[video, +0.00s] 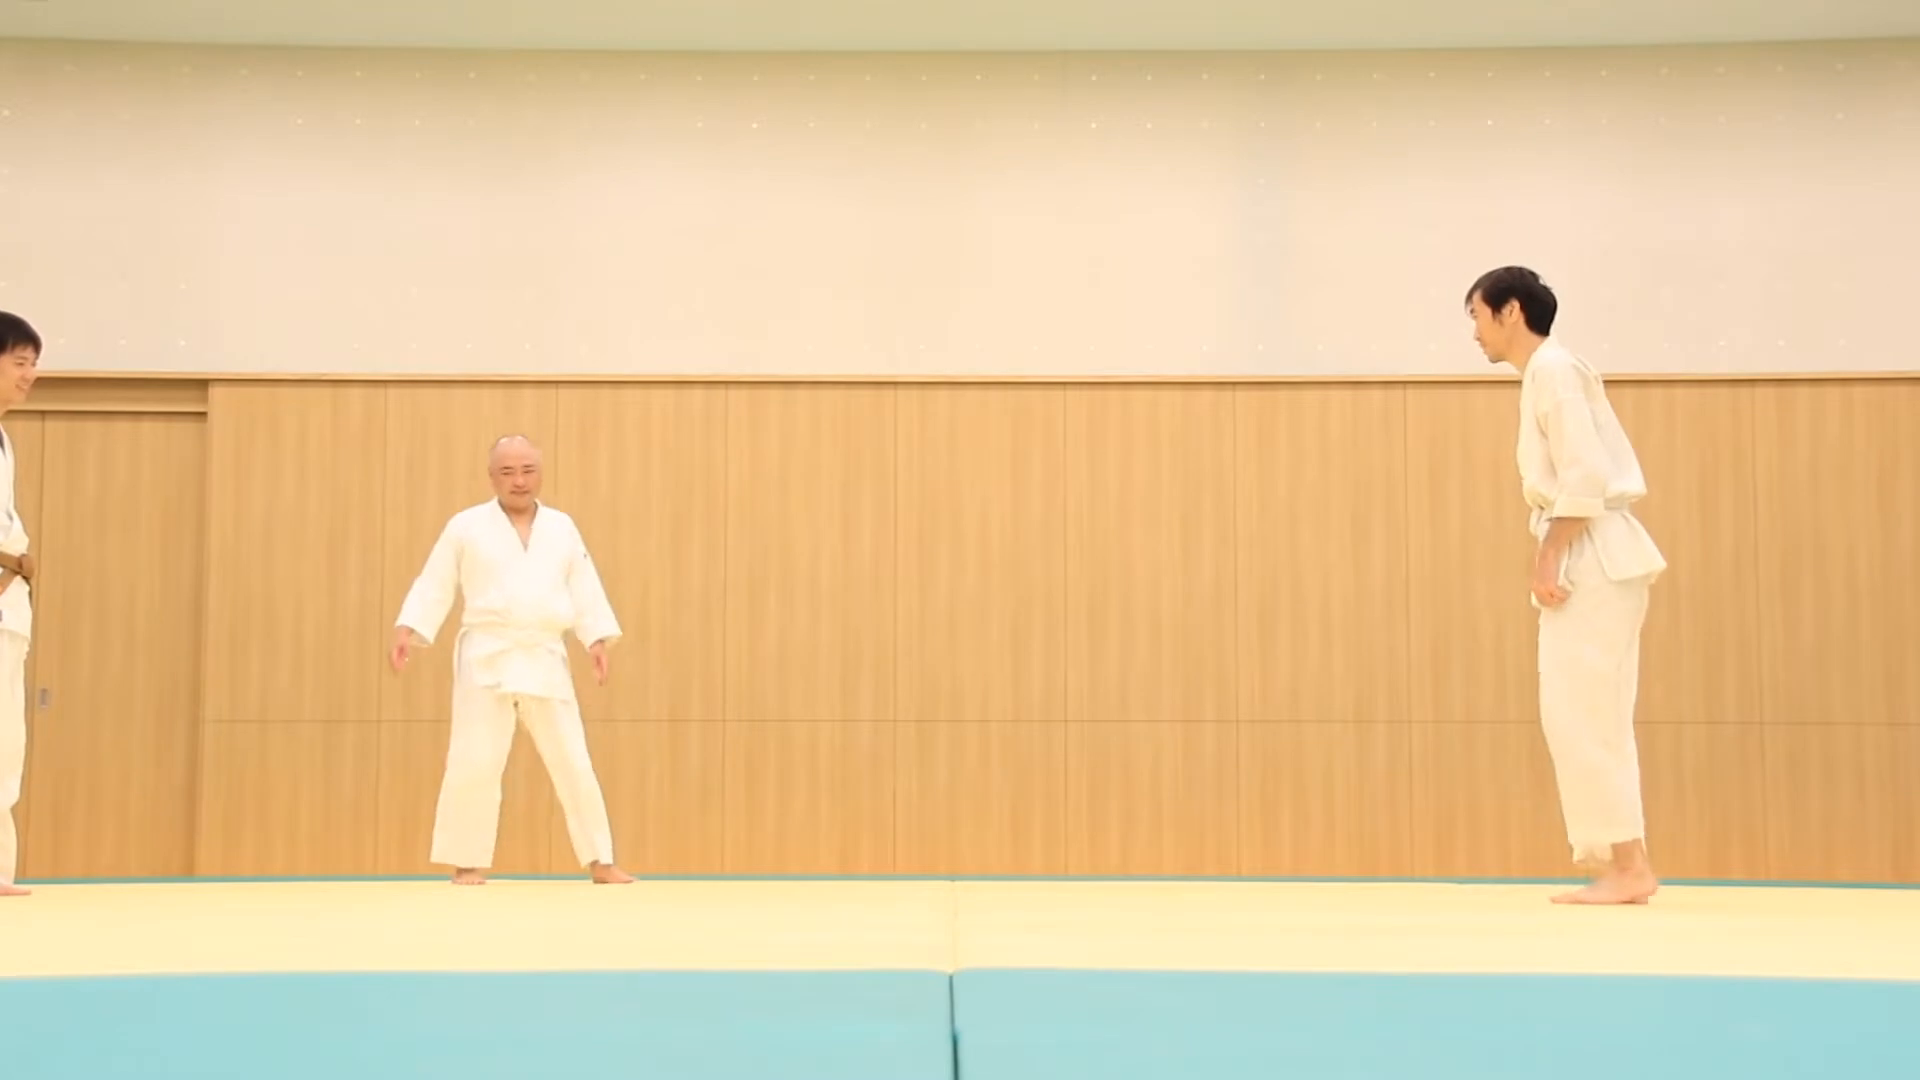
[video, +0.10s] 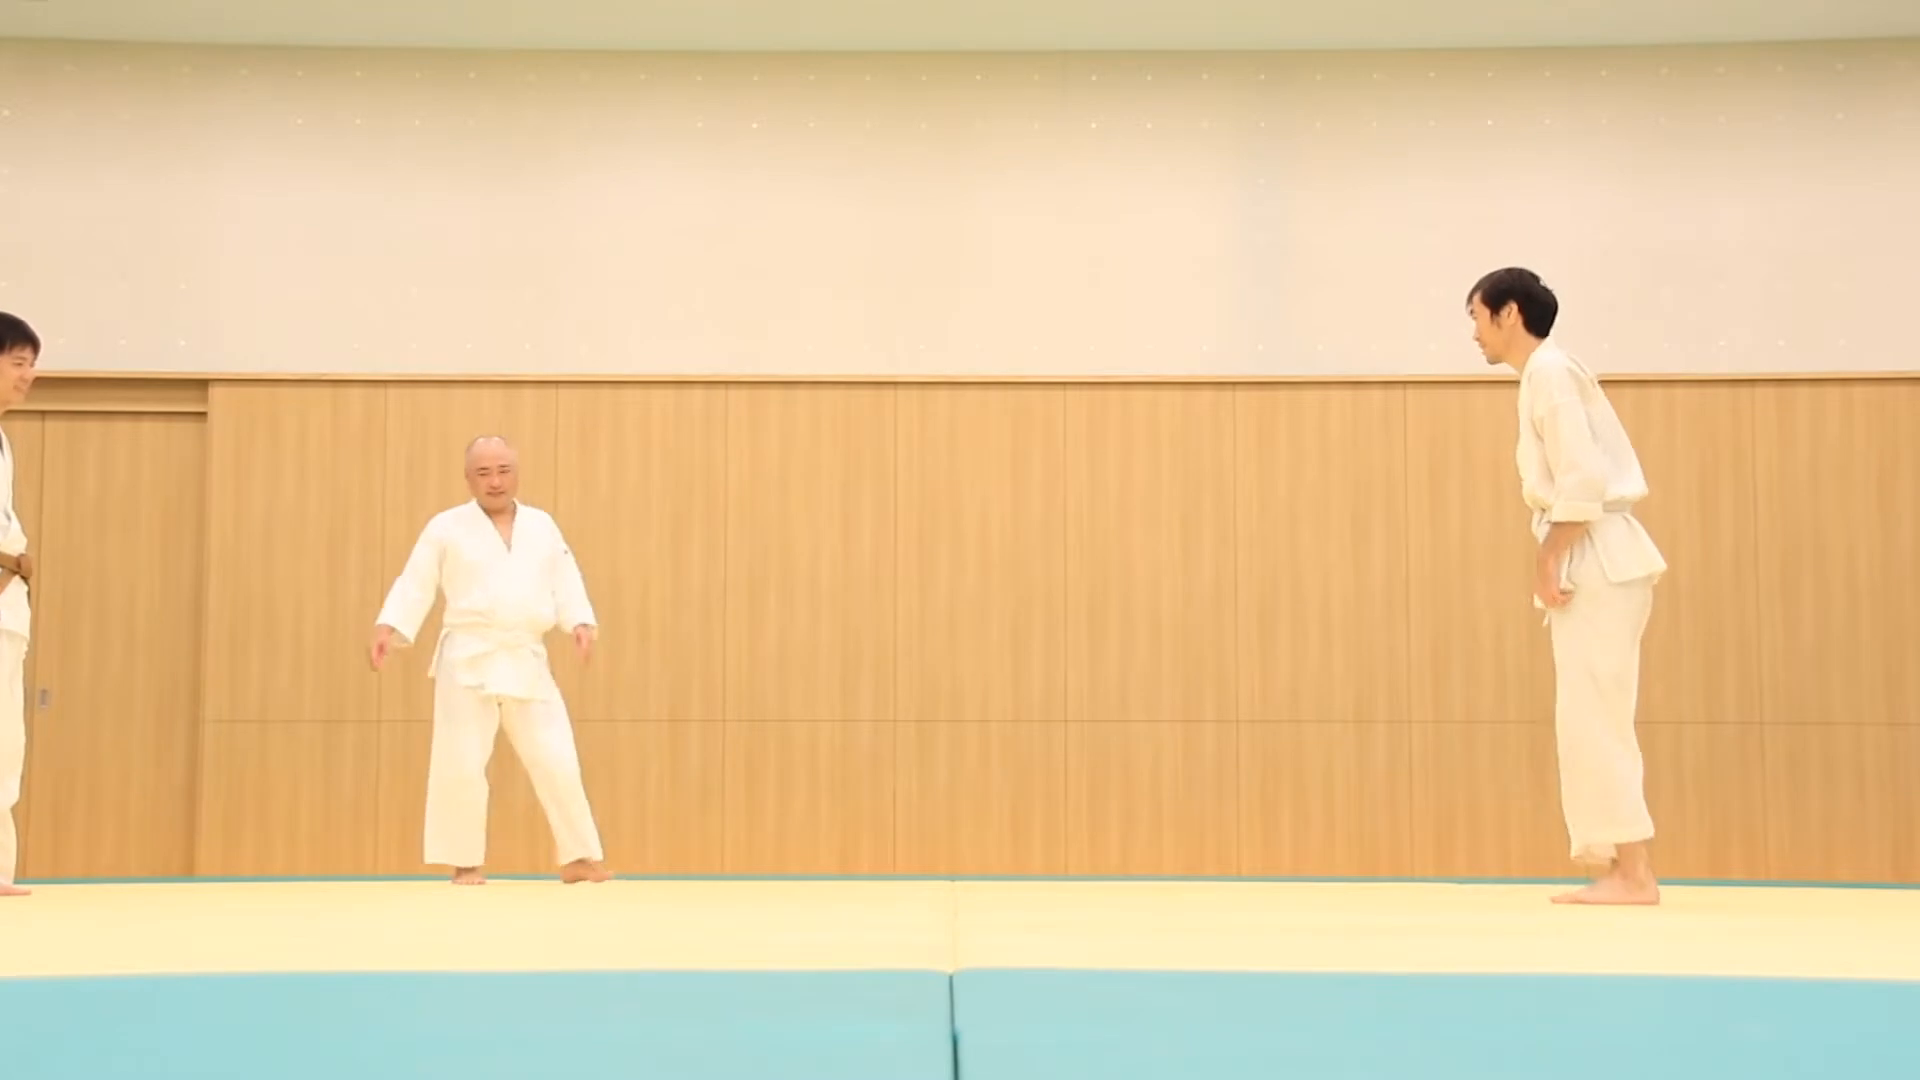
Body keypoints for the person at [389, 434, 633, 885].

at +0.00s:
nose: (519, 479)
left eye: (528, 470)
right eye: (508, 471)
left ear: (540, 474)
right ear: (491, 476)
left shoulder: (560, 526)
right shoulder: (467, 526)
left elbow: (583, 584)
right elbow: (436, 582)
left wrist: (596, 637)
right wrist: (408, 627)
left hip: (544, 656)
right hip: (485, 656)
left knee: (572, 759)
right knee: (476, 760)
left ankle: (600, 862)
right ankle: (469, 865)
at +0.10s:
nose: (495, 480)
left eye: (504, 470)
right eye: (484, 472)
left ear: (517, 474)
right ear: (468, 478)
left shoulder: (540, 526)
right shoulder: (447, 527)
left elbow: (565, 578)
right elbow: (416, 582)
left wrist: (580, 620)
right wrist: (389, 625)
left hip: (526, 658)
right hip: (467, 658)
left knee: (557, 759)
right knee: (463, 763)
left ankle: (576, 860)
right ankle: (467, 865)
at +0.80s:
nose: (399, 476)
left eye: (407, 467)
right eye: (387, 468)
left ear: (415, 472)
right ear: (366, 475)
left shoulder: (426, 525)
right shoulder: (335, 520)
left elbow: (445, 593)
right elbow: (292, 577)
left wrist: (455, 657)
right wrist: (250, 634)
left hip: (399, 656)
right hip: (347, 654)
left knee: (388, 758)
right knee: (366, 753)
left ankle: (349, 862)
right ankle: (390, 859)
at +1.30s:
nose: (291, 471)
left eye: (301, 461)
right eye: (281, 463)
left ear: (315, 467)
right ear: (266, 469)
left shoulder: (336, 523)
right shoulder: (238, 520)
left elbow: (358, 589)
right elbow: (215, 582)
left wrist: (371, 653)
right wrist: (204, 636)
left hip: (313, 659)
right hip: (250, 658)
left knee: (329, 763)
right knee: (224, 757)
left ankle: (345, 863)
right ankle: (208, 865)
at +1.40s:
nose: (259, 472)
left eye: (269, 463)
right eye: (248, 464)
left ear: (286, 468)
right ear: (237, 470)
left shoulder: (312, 522)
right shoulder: (212, 522)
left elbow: (337, 584)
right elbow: (189, 587)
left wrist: (356, 644)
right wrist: (179, 650)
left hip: (285, 659)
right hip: (221, 657)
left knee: (314, 760)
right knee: (204, 760)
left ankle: (338, 862)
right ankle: (205, 864)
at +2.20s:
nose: (86, 458)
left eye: (99, 449)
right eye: (76, 449)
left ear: (122, 454)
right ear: (67, 455)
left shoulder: (143, 506)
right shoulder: (66, 509)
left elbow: (157, 574)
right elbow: (59, 590)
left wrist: (155, 640)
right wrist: (38, 656)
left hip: (112, 652)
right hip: (58, 651)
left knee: (100, 758)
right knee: (34, 758)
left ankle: (89, 869)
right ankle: (110, 830)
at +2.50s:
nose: (20, 459)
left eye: (32, 449)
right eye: (9, 449)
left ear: (48, 452)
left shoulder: (71, 503)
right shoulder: (3, 505)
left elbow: (87, 569)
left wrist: (57, 621)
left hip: (47, 648)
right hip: (7, 649)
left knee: (56, 758)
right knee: (48, 758)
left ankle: (78, 868)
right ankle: (74, 866)